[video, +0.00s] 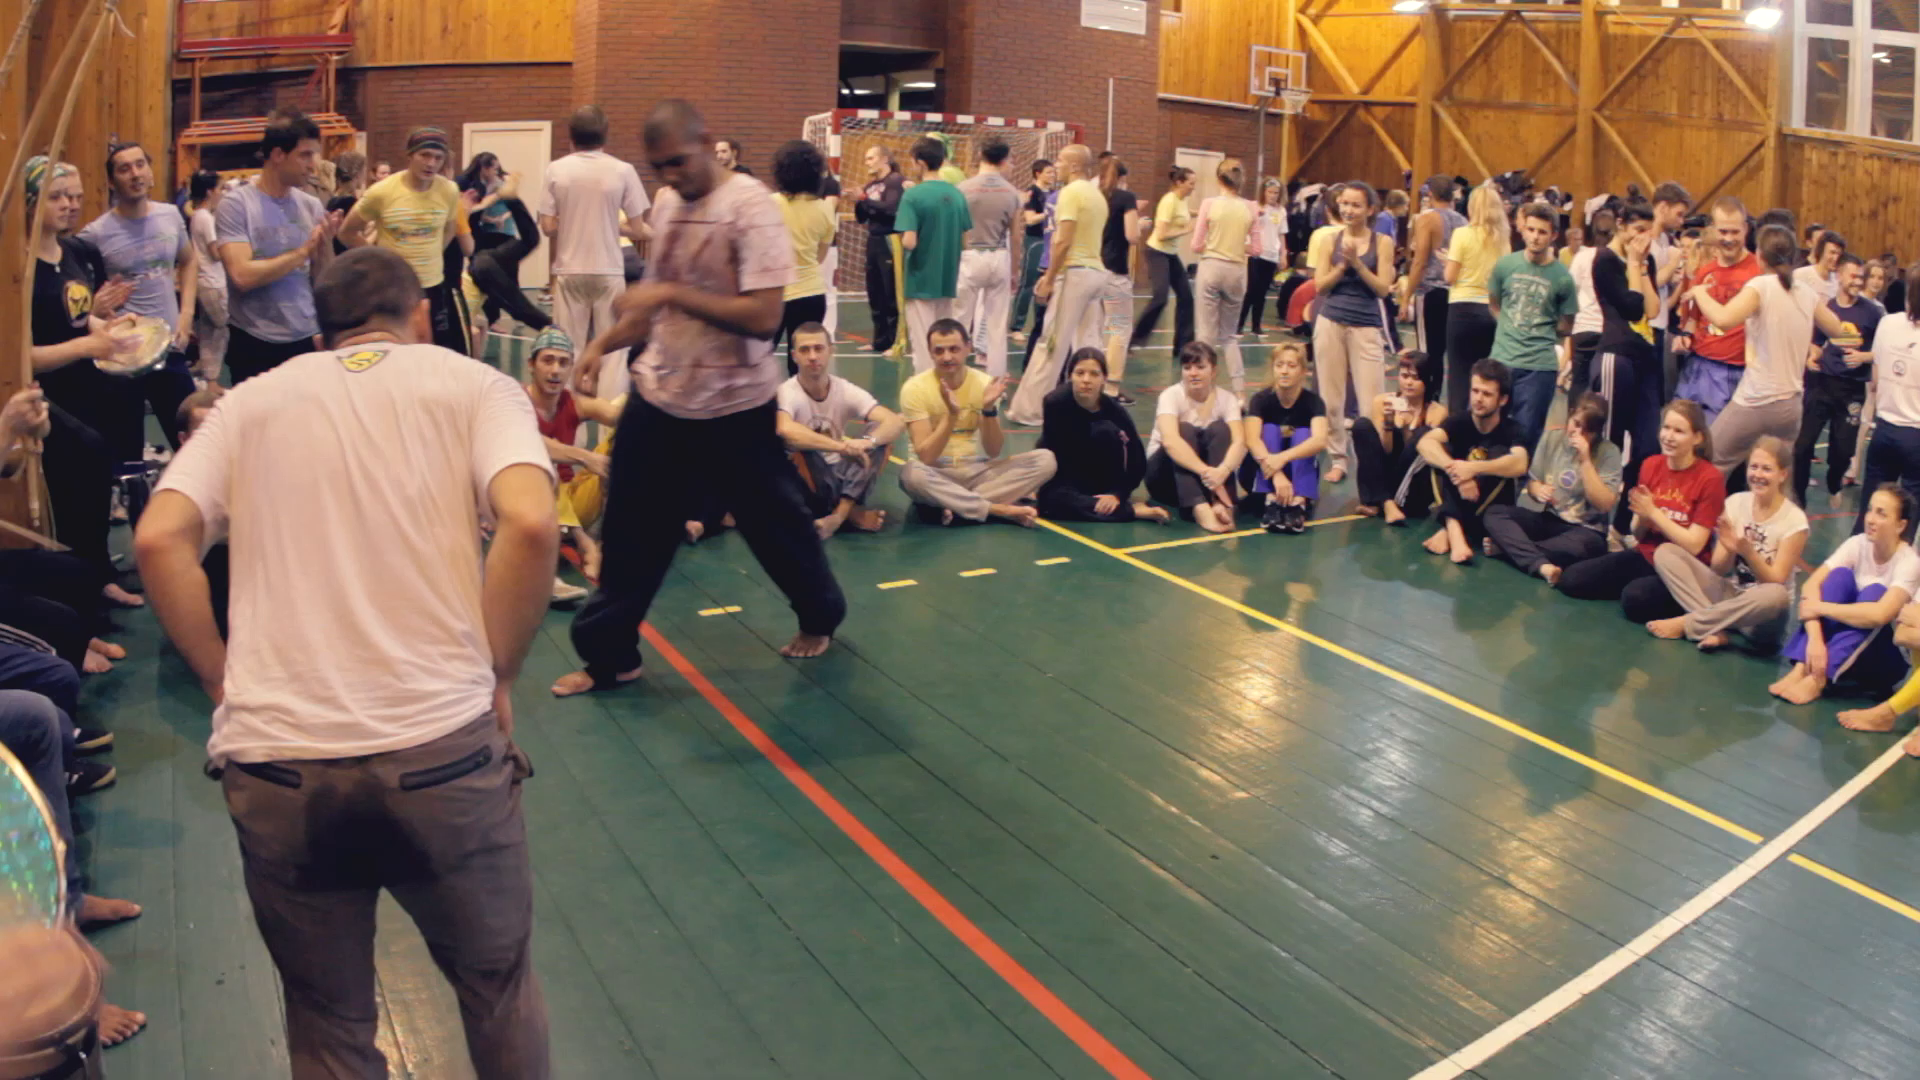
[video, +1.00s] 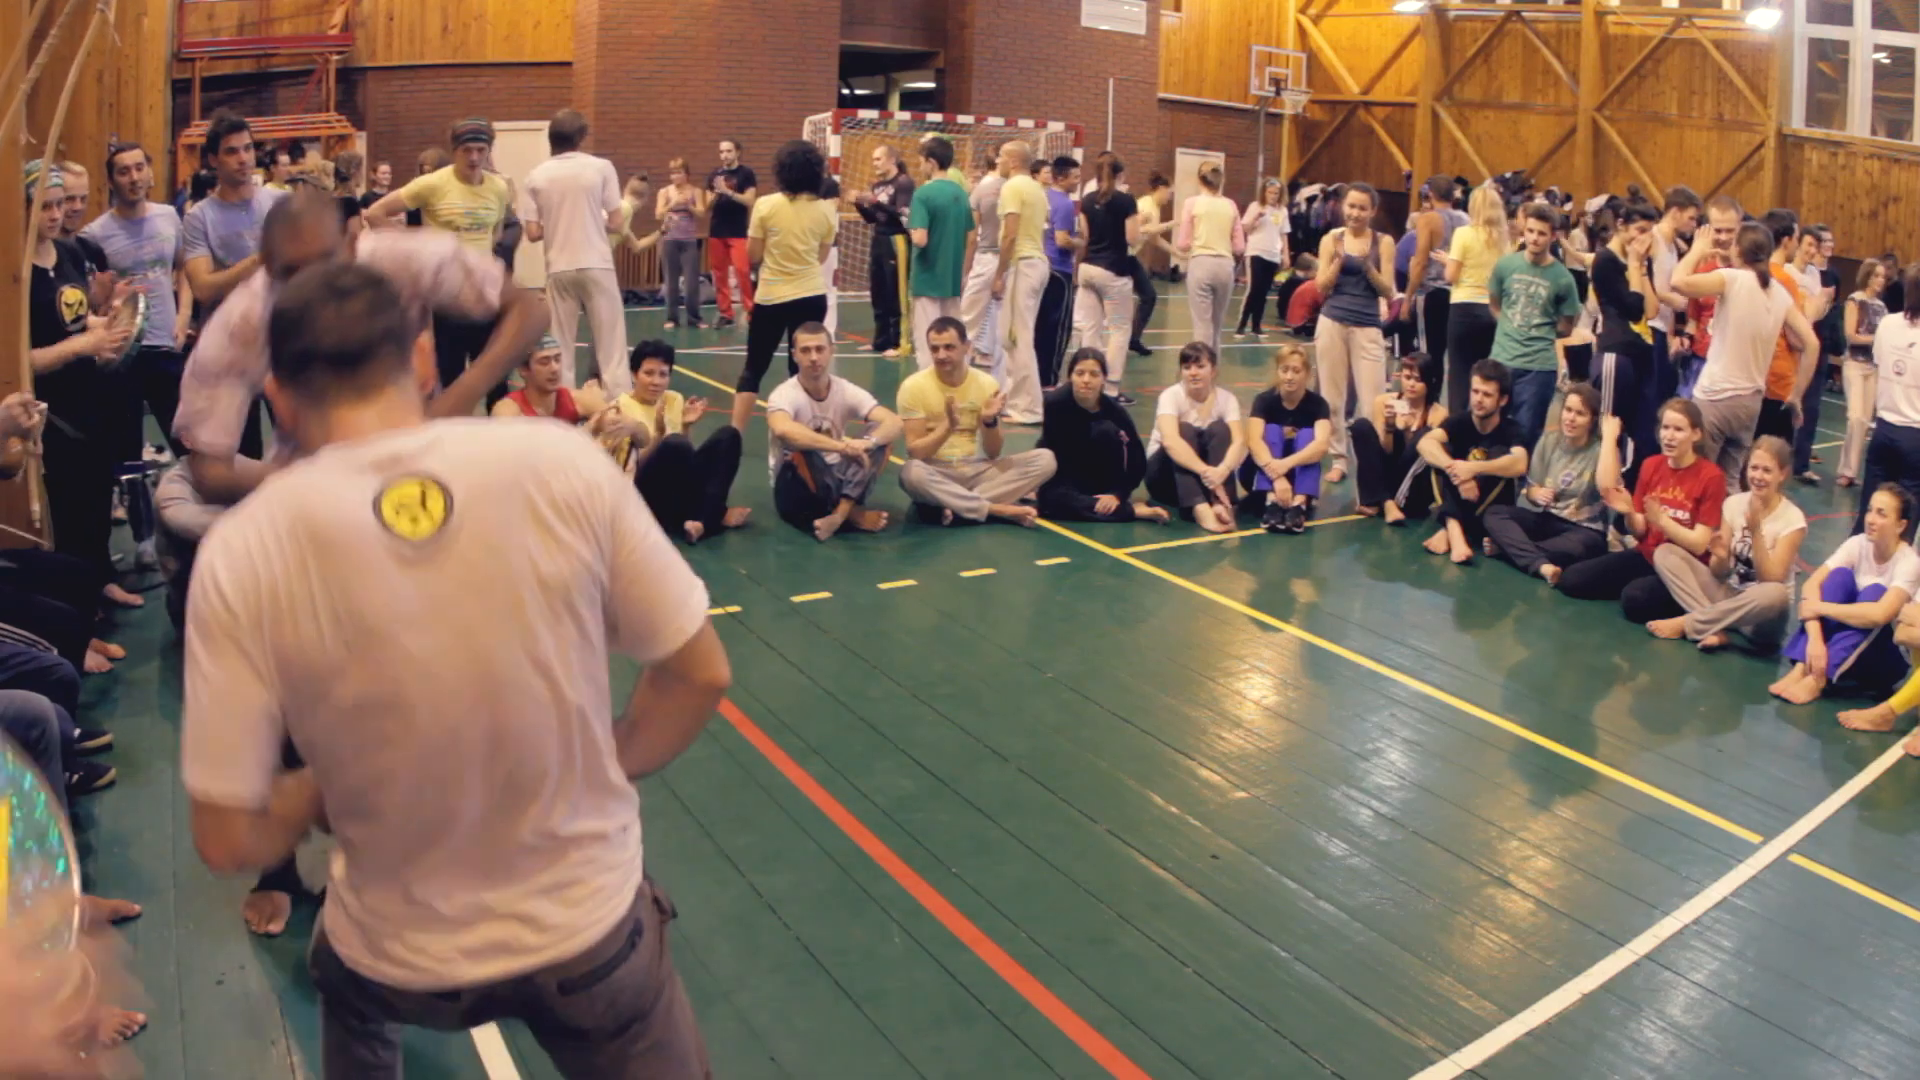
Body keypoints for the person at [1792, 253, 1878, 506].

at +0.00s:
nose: (1857, 281)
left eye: (1860, 277)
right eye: (1852, 276)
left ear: (1864, 280)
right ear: (1839, 277)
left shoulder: (1874, 312)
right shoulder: (1823, 308)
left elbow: (1883, 349)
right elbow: (1811, 336)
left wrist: (1864, 356)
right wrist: (1810, 352)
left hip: (1852, 384)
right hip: (1820, 379)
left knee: (1844, 448)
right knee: (1803, 444)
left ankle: (1834, 485)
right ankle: (1798, 496)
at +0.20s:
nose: (1870, 282)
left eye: (1874, 277)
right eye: (1866, 276)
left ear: (1876, 276)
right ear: (1851, 272)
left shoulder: (1875, 307)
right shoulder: (1823, 302)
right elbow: (1801, 337)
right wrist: (1823, 340)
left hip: (1857, 385)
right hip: (1821, 381)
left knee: (1847, 453)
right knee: (1809, 445)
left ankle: (1830, 518)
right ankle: (1796, 506)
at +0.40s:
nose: (1888, 286)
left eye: (1891, 281)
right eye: (1884, 279)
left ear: (1889, 282)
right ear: (1867, 276)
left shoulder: (1888, 313)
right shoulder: (1843, 305)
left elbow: (1894, 349)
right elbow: (1815, 333)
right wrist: (1832, 340)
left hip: (1872, 393)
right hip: (1838, 387)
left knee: (1859, 465)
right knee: (1821, 448)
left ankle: (1839, 529)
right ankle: (1798, 495)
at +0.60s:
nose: (1905, 284)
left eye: (1907, 279)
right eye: (1902, 278)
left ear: (1901, 279)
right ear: (1886, 275)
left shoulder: (1904, 311)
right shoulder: (1858, 304)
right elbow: (1831, 341)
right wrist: (1843, 372)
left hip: (1888, 389)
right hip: (1859, 386)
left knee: (1864, 462)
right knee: (1850, 454)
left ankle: (1842, 527)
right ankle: (1814, 511)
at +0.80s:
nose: (1877, 281)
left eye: (1881, 276)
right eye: (1873, 276)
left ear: (1885, 280)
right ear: (1864, 278)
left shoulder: (1883, 305)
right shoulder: (1855, 301)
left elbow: (1882, 333)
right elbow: (1855, 335)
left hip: (1876, 361)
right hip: (1856, 360)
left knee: (1866, 414)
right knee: (1856, 413)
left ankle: (1856, 467)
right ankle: (1848, 469)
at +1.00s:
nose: (1881, 281)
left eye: (1884, 277)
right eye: (1877, 276)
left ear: (1886, 281)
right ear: (1866, 276)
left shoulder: (1881, 306)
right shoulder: (1854, 300)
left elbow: (1883, 334)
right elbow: (1850, 336)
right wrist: (1877, 339)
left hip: (1873, 363)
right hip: (1854, 361)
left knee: (1866, 419)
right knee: (1855, 416)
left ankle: (1853, 470)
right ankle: (1846, 471)